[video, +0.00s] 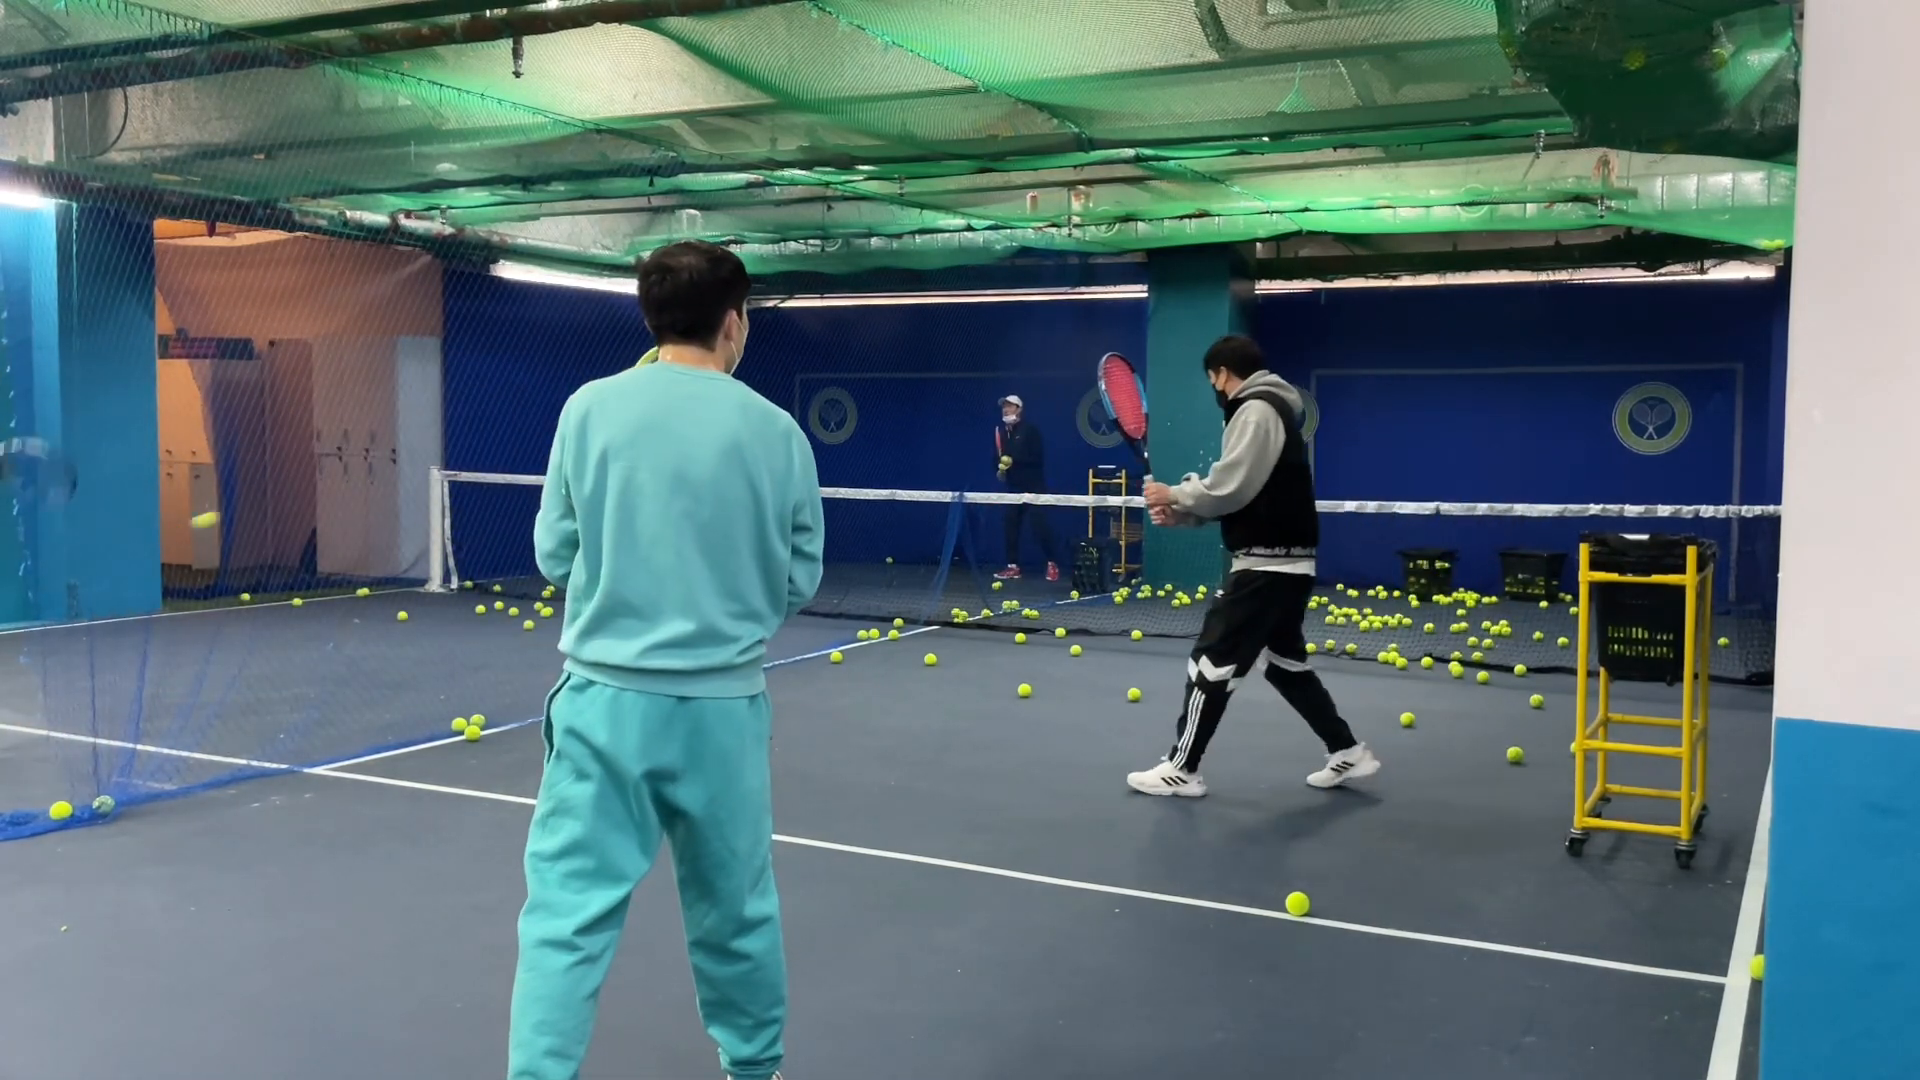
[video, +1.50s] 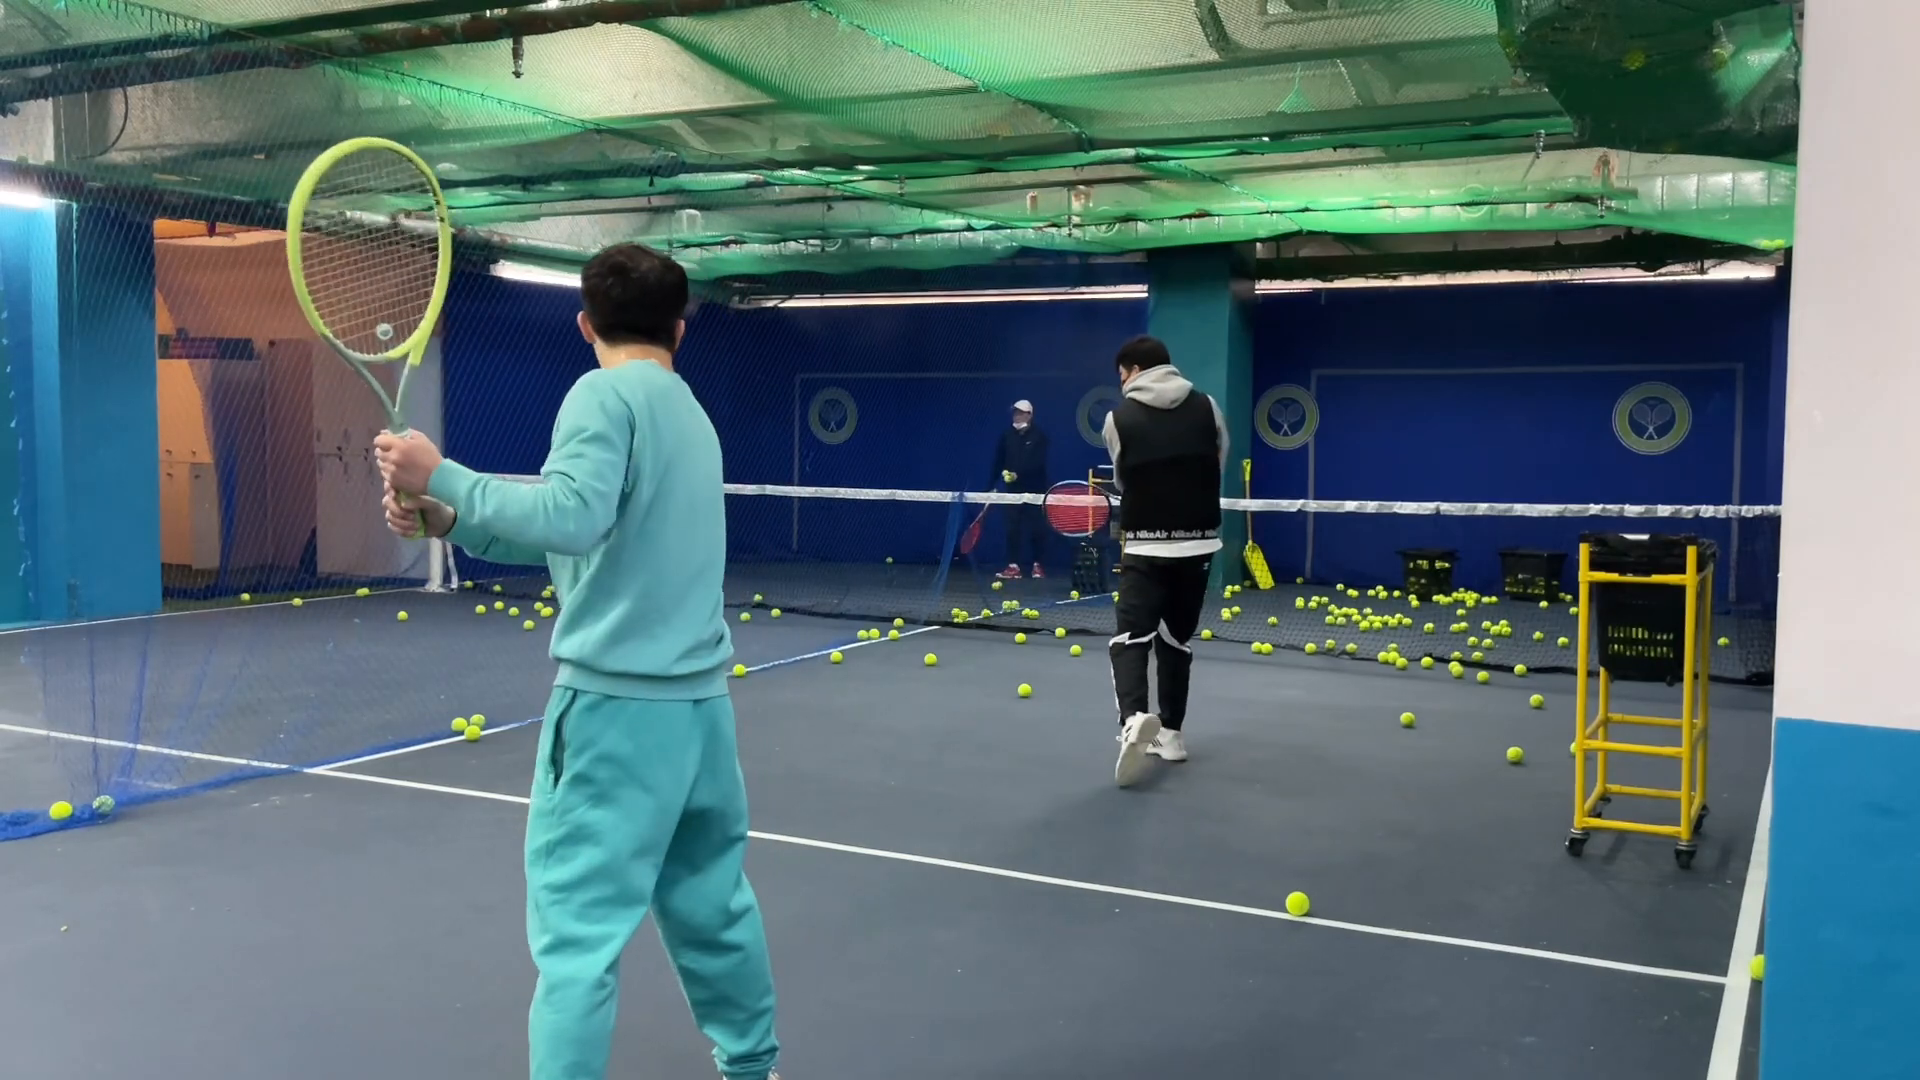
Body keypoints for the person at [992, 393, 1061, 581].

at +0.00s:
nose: (1007, 411)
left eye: (1011, 407)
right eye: (1005, 407)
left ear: (1019, 409)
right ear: (1002, 410)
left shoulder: (1030, 430)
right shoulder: (1001, 432)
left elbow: (1035, 459)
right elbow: (997, 456)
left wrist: (1013, 460)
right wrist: (1000, 467)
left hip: (1033, 484)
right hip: (1013, 485)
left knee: (1039, 523)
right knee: (1011, 524)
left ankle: (1051, 563)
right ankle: (1013, 565)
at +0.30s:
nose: (1017, 414)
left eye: (1021, 411)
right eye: (1015, 411)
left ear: (1030, 413)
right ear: (1012, 415)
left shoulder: (1040, 435)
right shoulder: (1014, 437)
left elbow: (1042, 463)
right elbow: (1014, 462)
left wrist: (1017, 472)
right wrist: (1009, 474)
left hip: (1043, 487)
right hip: (1024, 487)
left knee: (1053, 527)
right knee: (1017, 526)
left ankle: (1064, 565)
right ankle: (1014, 565)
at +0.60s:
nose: (1022, 429)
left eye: (1026, 426)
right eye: (1020, 426)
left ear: (1035, 427)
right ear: (1018, 428)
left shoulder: (1048, 443)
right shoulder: (1016, 448)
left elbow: (1057, 472)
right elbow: (1005, 473)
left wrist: (1052, 497)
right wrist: (1002, 498)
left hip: (1051, 492)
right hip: (1028, 493)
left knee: (1059, 529)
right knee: (1018, 529)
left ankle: (1065, 565)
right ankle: (1015, 565)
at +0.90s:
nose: (1027, 447)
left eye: (1031, 444)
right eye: (1024, 444)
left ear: (1037, 440)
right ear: (1020, 441)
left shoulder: (1046, 451)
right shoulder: (1013, 456)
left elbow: (1058, 471)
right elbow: (996, 478)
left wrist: (1061, 489)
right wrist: (985, 501)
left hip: (1047, 499)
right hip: (1022, 499)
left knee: (1059, 531)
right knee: (1014, 531)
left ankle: (1068, 565)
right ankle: (1013, 566)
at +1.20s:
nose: (1016, 429)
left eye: (1020, 425)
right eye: (1014, 425)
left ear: (1028, 426)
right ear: (1011, 425)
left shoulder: (1038, 445)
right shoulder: (1004, 444)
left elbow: (1043, 474)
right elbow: (991, 472)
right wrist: (987, 500)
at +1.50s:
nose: (1017, 416)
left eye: (1021, 413)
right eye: (1015, 413)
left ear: (1029, 415)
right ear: (1012, 415)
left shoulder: (1039, 437)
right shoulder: (1007, 436)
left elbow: (1038, 464)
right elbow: (998, 463)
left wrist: (1017, 474)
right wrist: (992, 487)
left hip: (1035, 488)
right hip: (1013, 487)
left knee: (1036, 526)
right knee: (1013, 526)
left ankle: (1036, 564)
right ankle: (1014, 565)